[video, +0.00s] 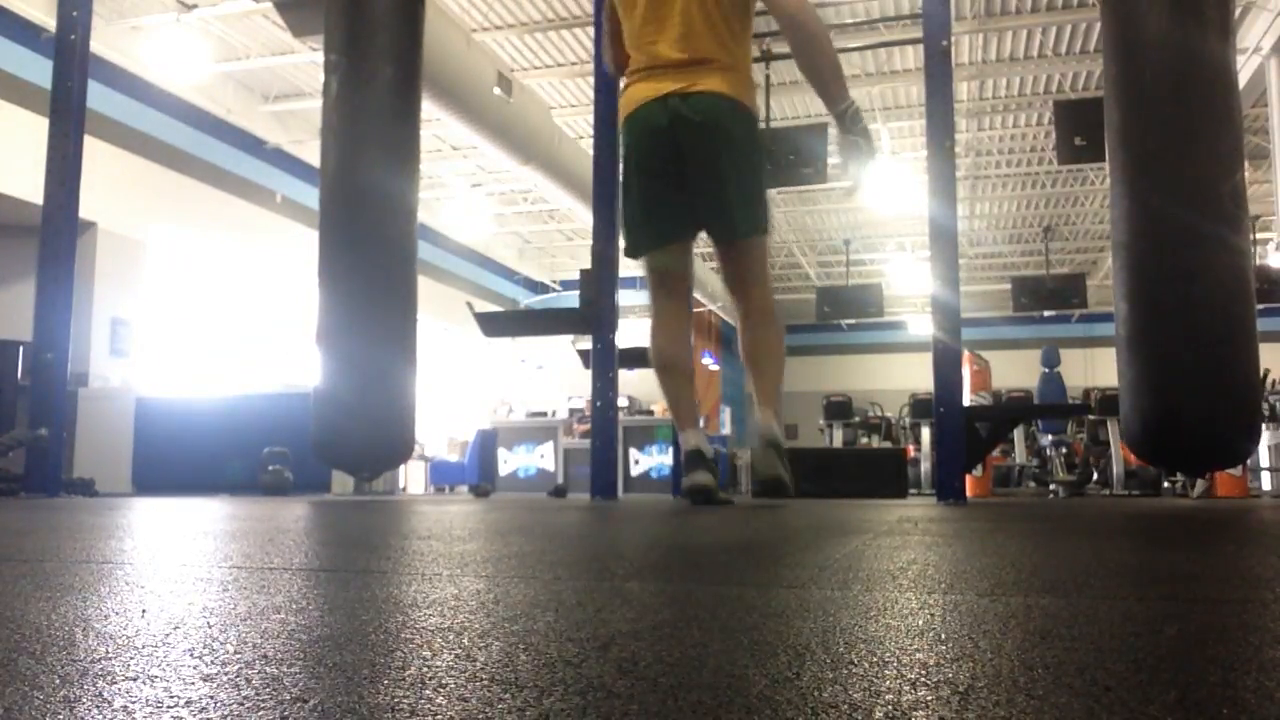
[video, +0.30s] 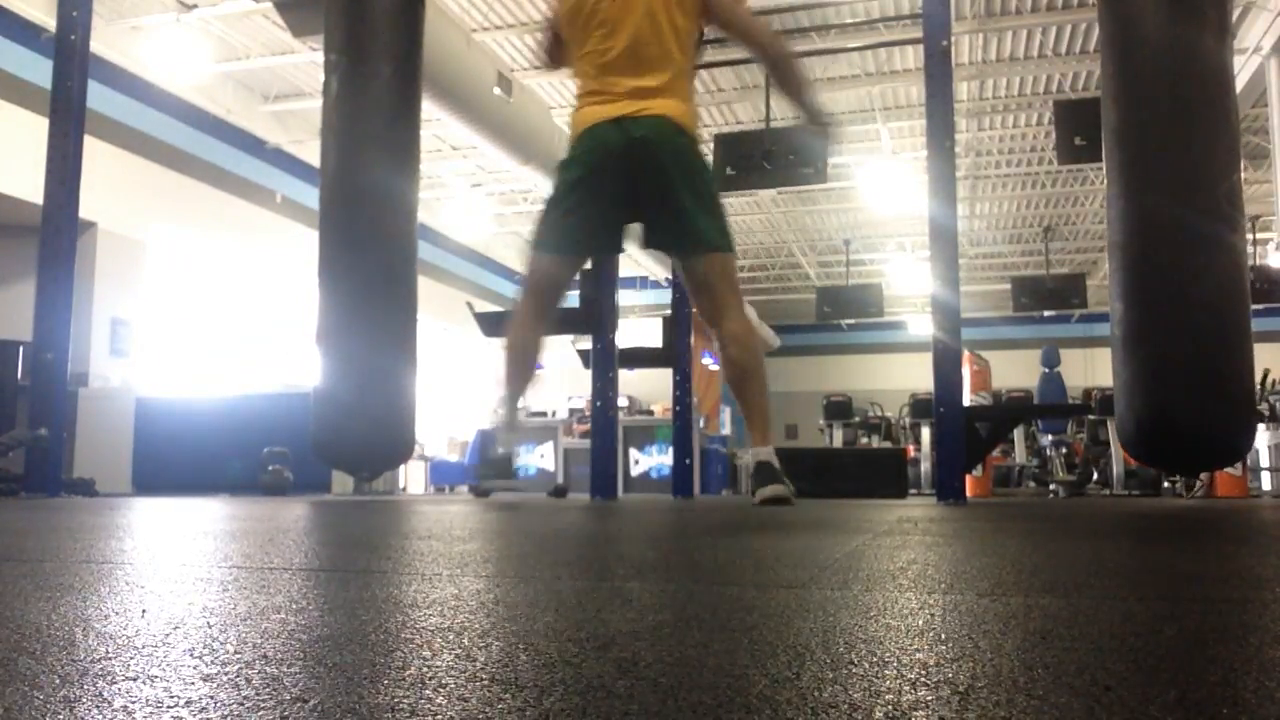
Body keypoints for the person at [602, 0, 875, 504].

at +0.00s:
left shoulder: (619, 1)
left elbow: (615, 58)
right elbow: (801, 24)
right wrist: (848, 116)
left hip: (644, 117)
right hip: (722, 110)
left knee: (668, 295)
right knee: (751, 291)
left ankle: (692, 450)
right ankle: (768, 426)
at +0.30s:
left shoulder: (576, 4)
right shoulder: (690, 2)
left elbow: (552, 55)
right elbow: (770, 46)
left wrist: (599, 31)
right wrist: (812, 110)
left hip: (595, 143)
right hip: (670, 141)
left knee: (536, 302)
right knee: (726, 310)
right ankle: (764, 459)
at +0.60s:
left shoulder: (569, 1)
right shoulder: (588, 9)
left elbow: (535, 33)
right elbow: (562, 75)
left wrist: (464, 7)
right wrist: (494, 91)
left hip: (511, 156)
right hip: (542, 159)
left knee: (441, 307)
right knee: (492, 242)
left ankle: (469, 452)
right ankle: (608, 286)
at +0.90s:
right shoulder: (579, 9)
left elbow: (433, 23)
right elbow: (590, 102)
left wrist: (415, 4)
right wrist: (538, 119)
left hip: (482, 150)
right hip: (539, 155)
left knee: (444, 307)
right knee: (477, 236)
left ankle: (463, 450)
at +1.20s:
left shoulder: (523, 1)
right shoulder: (589, 9)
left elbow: (476, 39)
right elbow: (534, 73)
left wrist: (436, 23)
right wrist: (478, 47)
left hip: (529, 140)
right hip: (594, 142)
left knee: (460, 290)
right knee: (612, 311)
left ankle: (492, 434)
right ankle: (647, 463)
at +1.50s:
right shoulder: (578, 7)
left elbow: (466, 21)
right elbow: (600, 92)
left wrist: (445, 51)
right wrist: (551, 122)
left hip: (516, 116)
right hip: (577, 139)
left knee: (478, 271)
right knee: (584, 308)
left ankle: (535, 439)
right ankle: (644, 463)